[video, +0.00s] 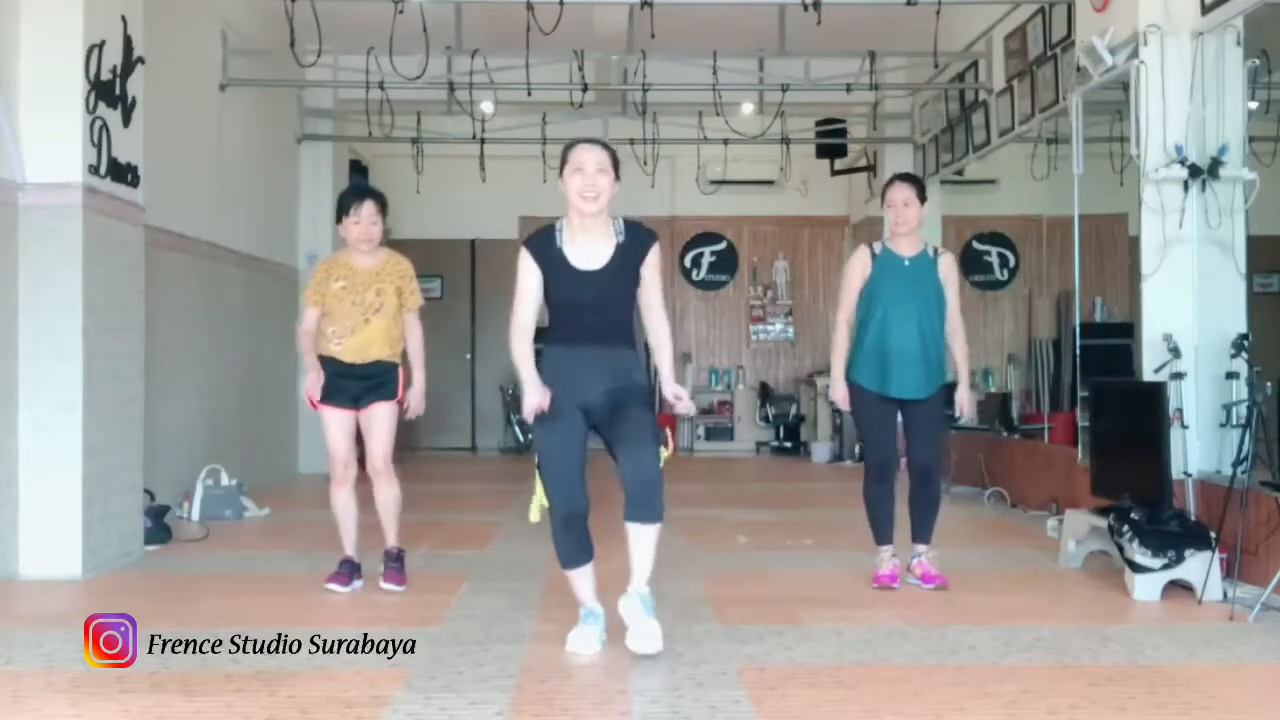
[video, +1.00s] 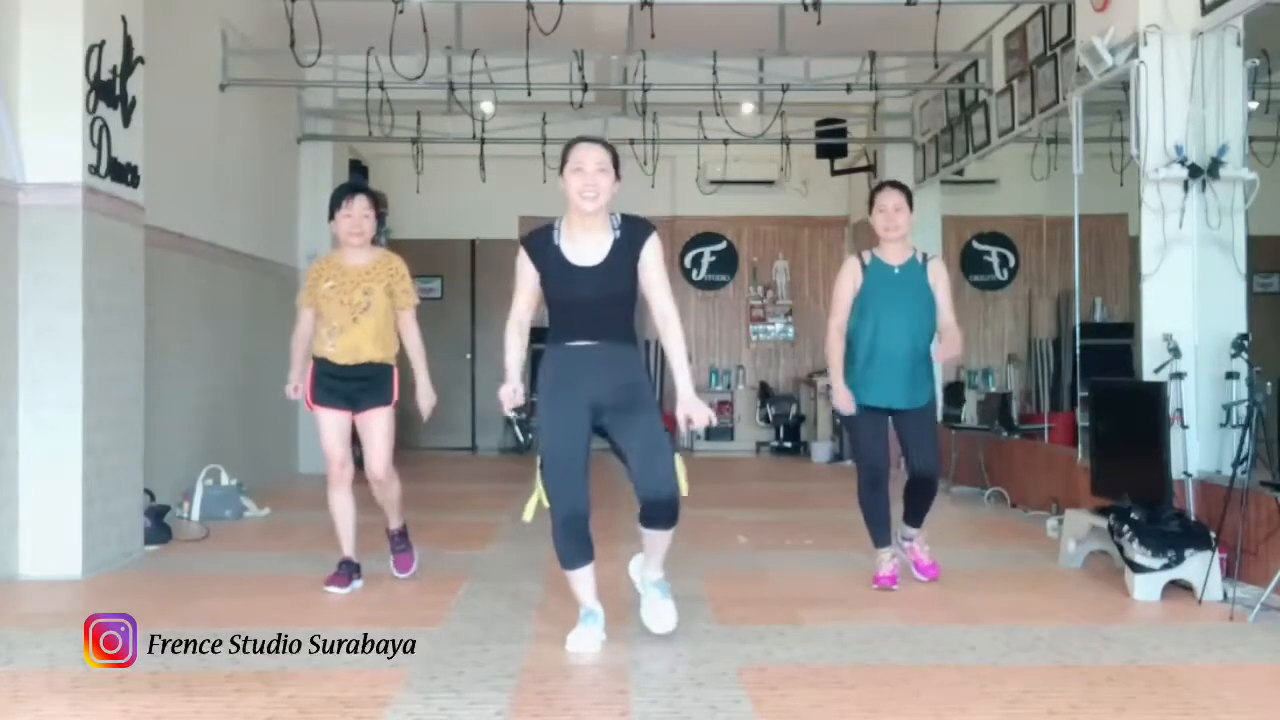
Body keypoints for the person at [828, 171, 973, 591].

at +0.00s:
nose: (897, 212)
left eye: (906, 205)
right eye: (891, 205)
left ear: (923, 209)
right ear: (883, 210)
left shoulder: (943, 262)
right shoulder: (864, 258)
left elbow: (954, 325)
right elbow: (844, 320)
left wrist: (964, 381)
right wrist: (837, 376)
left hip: (927, 384)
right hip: (870, 383)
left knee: (926, 468)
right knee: (880, 465)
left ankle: (921, 554)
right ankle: (885, 555)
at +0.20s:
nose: (894, 213)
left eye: (902, 205)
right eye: (886, 206)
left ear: (917, 210)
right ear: (876, 211)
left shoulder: (936, 263)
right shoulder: (859, 258)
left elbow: (945, 327)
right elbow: (840, 321)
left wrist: (947, 386)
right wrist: (833, 379)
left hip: (923, 383)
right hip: (867, 383)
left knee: (929, 465)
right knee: (877, 467)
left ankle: (923, 548)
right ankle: (885, 555)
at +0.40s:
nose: (890, 213)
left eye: (899, 205)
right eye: (883, 205)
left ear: (913, 210)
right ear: (873, 210)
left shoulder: (933, 261)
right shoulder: (856, 256)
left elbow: (946, 321)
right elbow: (837, 317)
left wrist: (955, 380)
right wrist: (842, 371)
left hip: (924, 380)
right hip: (869, 381)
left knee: (925, 466)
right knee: (879, 466)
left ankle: (917, 539)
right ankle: (887, 553)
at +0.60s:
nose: (890, 208)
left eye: (899, 200)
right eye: (882, 201)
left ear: (913, 206)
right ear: (873, 208)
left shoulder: (935, 257)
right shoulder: (857, 254)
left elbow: (950, 320)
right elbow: (834, 309)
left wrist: (958, 378)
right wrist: (856, 328)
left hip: (920, 379)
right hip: (867, 379)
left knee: (915, 465)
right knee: (878, 464)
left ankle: (907, 543)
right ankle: (886, 552)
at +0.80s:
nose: (890, 207)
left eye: (898, 200)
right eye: (882, 200)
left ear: (912, 207)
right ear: (872, 208)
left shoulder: (932, 258)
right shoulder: (855, 255)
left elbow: (948, 321)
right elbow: (833, 310)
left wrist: (955, 375)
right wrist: (859, 323)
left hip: (919, 379)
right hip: (865, 380)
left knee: (915, 466)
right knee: (876, 464)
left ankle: (906, 544)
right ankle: (884, 554)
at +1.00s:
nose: (889, 217)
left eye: (898, 209)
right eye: (881, 210)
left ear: (911, 217)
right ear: (871, 219)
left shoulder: (932, 267)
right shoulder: (855, 267)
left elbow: (948, 325)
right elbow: (836, 328)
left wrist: (949, 345)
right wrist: (838, 384)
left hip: (916, 389)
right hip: (864, 389)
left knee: (926, 471)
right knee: (872, 471)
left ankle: (911, 537)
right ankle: (884, 554)